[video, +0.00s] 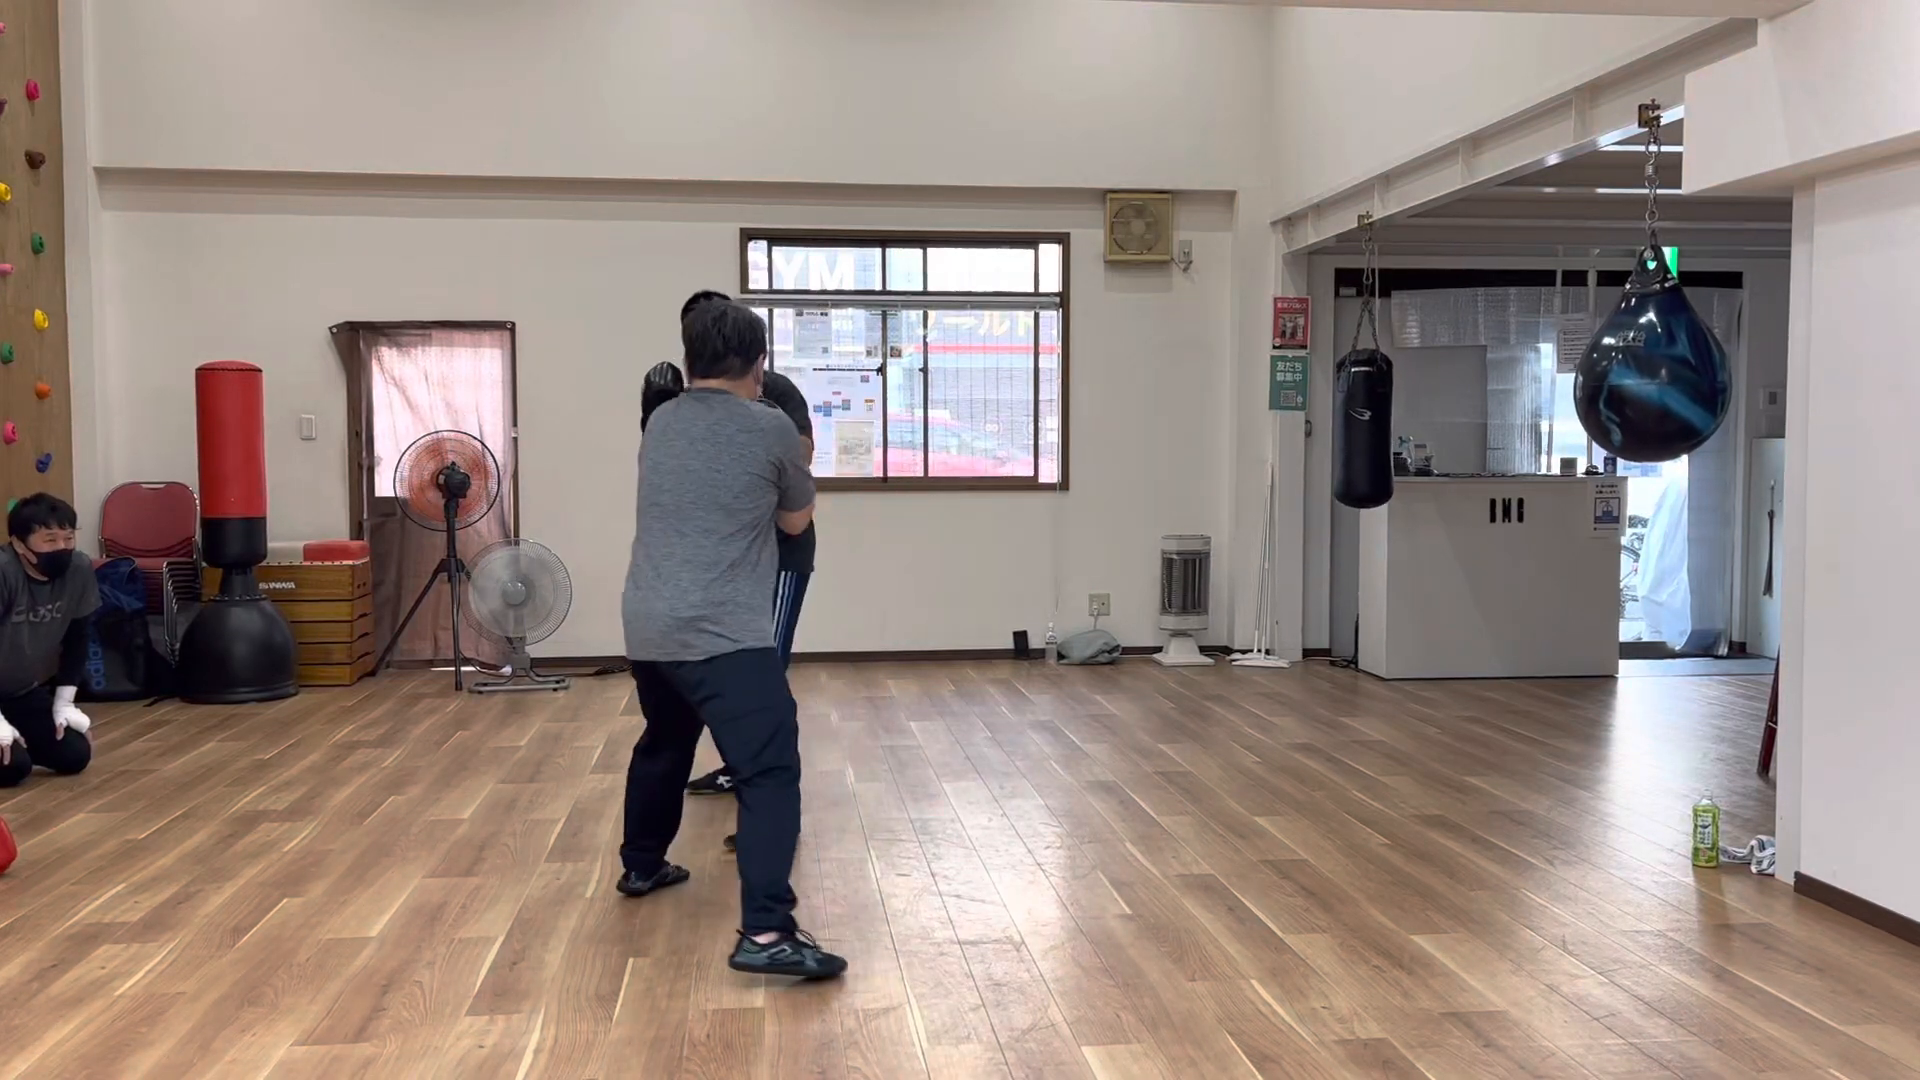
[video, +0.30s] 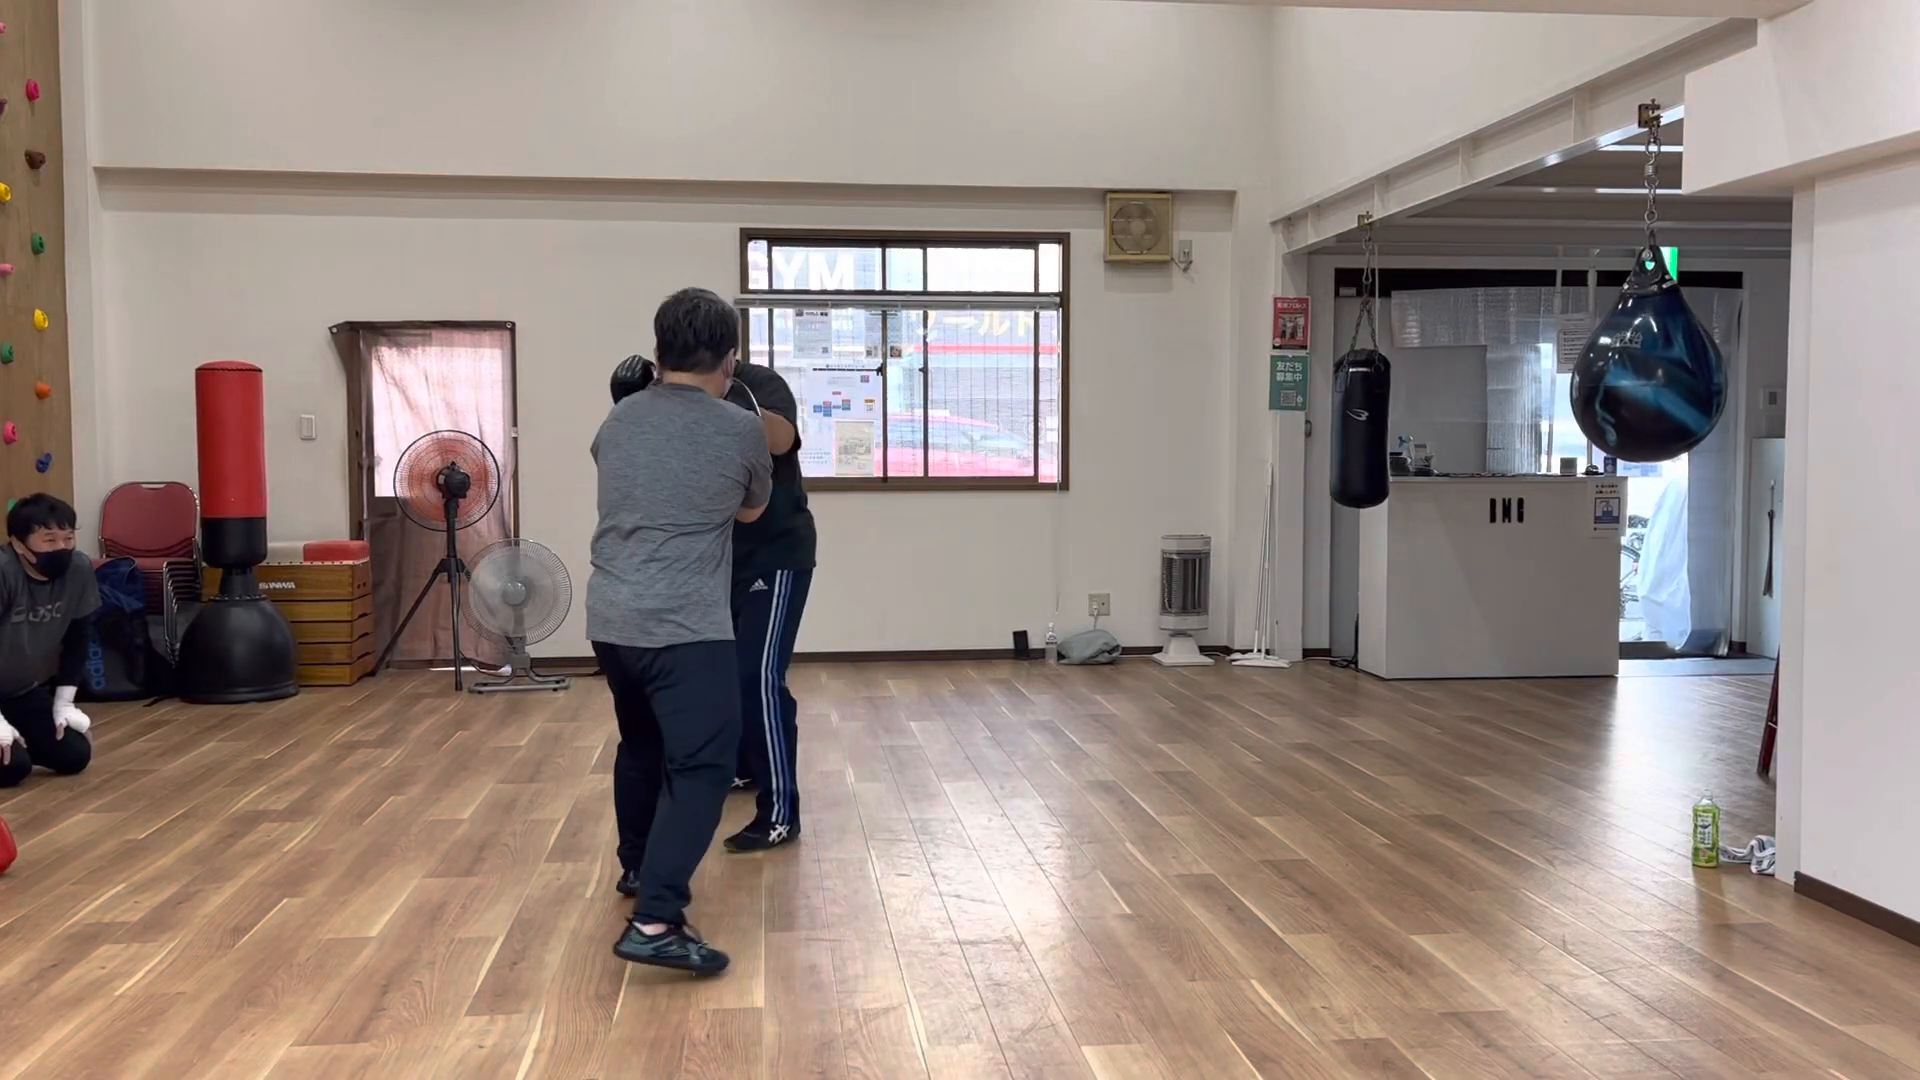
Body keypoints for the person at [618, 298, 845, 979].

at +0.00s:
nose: (765, 370)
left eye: (761, 360)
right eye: (763, 360)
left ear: (689, 360)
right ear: (755, 362)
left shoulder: (661, 420)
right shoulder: (773, 427)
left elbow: (680, 498)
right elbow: (797, 520)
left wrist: (765, 489)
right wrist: (732, 495)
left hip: (648, 630)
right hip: (726, 633)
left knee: (666, 738)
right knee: (770, 773)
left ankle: (641, 865)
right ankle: (766, 930)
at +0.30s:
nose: (733, 361)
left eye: (729, 351)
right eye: (732, 351)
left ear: (657, 350)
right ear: (727, 355)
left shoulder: (619, 417)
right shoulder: (740, 424)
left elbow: (620, 487)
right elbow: (752, 506)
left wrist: (700, 481)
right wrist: (679, 482)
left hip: (612, 624)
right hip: (691, 627)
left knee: (640, 746)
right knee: (703, 767)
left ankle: (638, 872)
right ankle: (656, 921)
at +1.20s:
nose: (659, 353)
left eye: (658, 344)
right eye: (657, 344)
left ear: (584, 350)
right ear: (646, 349)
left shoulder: (549, 410)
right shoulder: (652, 416)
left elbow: (540, 494)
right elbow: (686, 502)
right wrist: (682, 449)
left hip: (524, 611)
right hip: (597, 617)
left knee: (565, 747)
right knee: (595, 758)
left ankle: (579, 859)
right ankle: (534, 918)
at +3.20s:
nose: (603, 383)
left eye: (602, 371)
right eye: (603, 371)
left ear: (528, 362)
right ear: (587, 369)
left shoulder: (482, 424)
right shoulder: (587, 439)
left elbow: (478, 511)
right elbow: (625, 540)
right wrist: (641, 497)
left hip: (463, 640)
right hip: (528, 643)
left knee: (542, 758)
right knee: (527, 792)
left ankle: (541, 883)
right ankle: (433, 954)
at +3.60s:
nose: (534, 334)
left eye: (534, 322)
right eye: (532, 320)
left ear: (448, 323)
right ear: (509, 322)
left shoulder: (416, 391)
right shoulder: (488, 395)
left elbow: (478, 486)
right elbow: (557, 499)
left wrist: (532, 417)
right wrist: (574, 432)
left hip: (401, 620)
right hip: (435, 630)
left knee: (494, 736)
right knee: (440, 790)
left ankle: (438, 910)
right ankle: (352, 977)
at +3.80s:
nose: (499, 367)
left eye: (495, 353)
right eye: (496, 354)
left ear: (409, 356)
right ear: (475, 359)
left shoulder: (368, 431)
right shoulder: (457, 445)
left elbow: (400, 543)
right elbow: (515, 553)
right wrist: (540, 500)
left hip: (358, 660)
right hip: (394, 673)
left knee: (472, 757)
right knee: (396, 841)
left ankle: (431, 925)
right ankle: (284, 1027)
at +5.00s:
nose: (378, 350)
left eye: (379, 337)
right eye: (376, 336)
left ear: (290, 337)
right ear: (350, 339)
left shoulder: (258, 413)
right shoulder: (349, 421)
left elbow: (337, 494)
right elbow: (441, 503)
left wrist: (389, 426)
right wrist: (447, 438)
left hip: (252, 652)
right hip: (300, 662)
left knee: (356, 750)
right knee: (313, 825)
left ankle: (359, 896)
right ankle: (223, 1002)